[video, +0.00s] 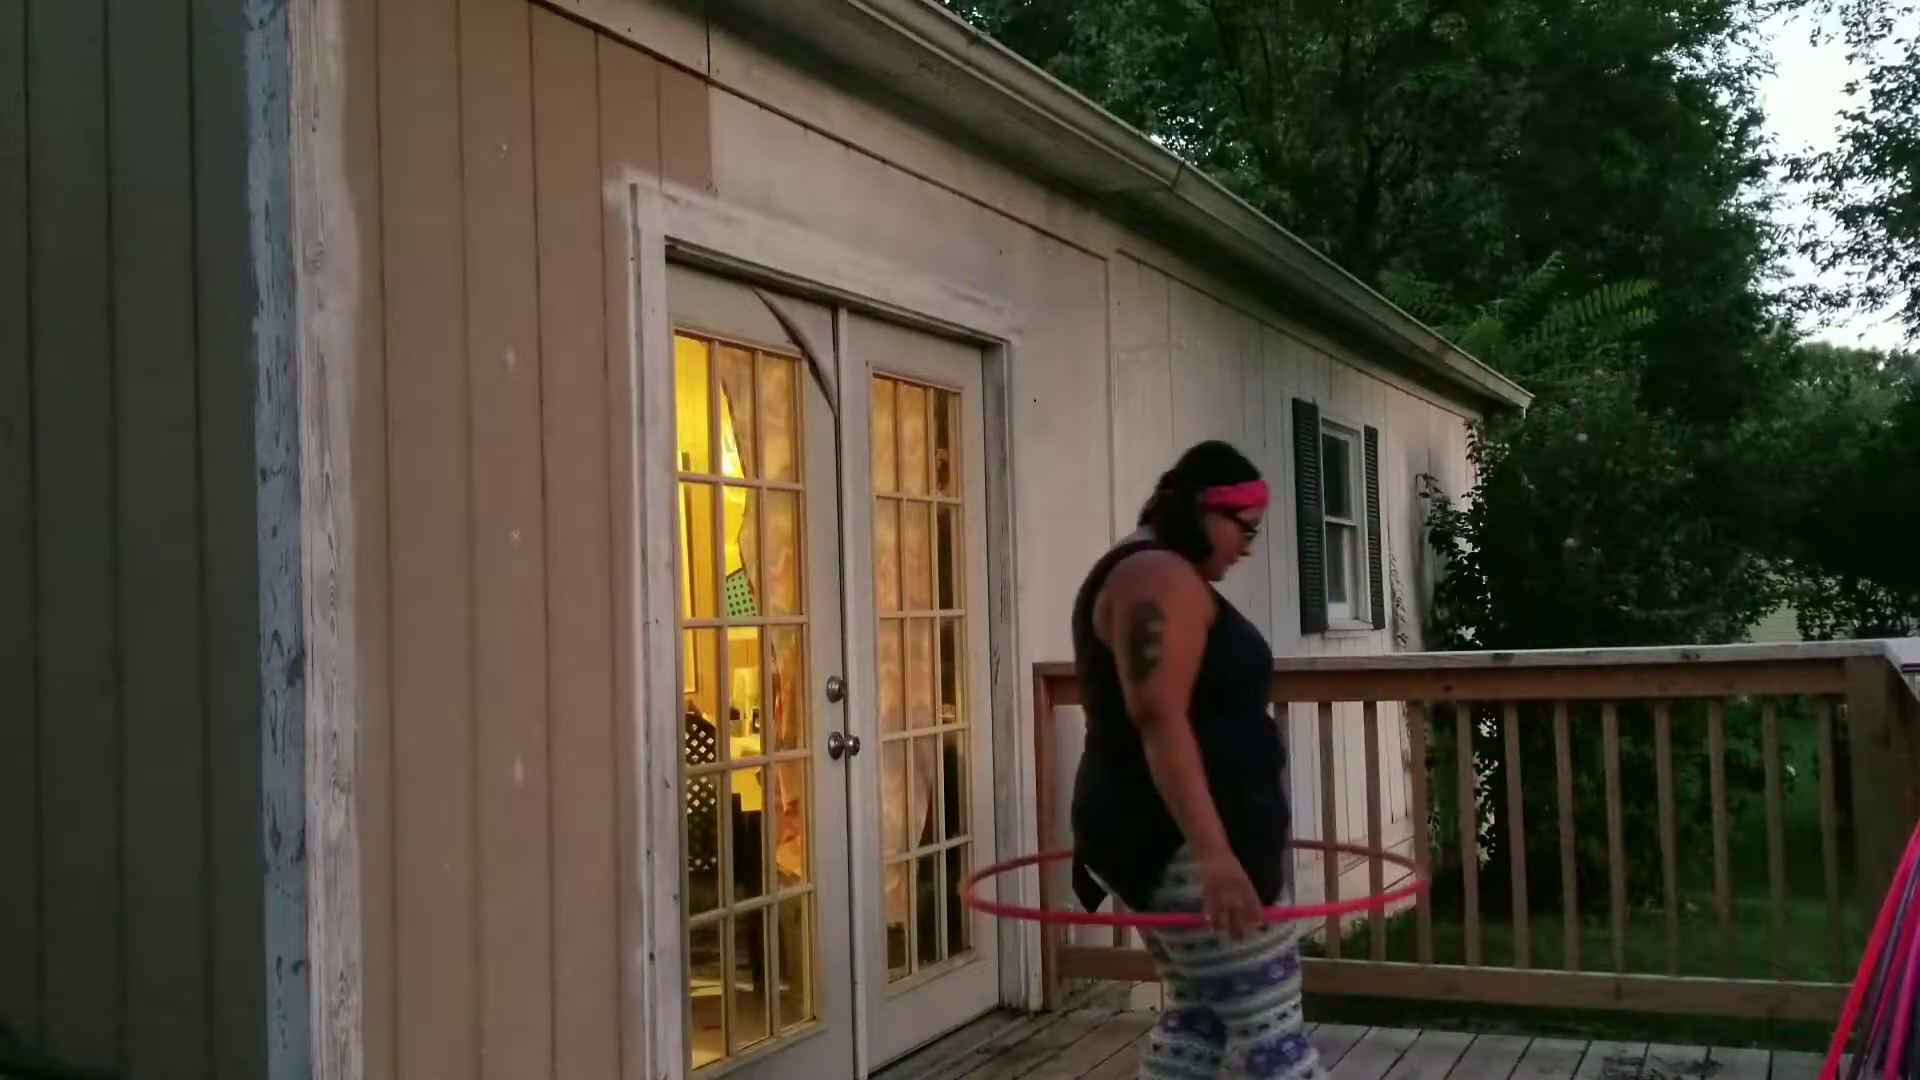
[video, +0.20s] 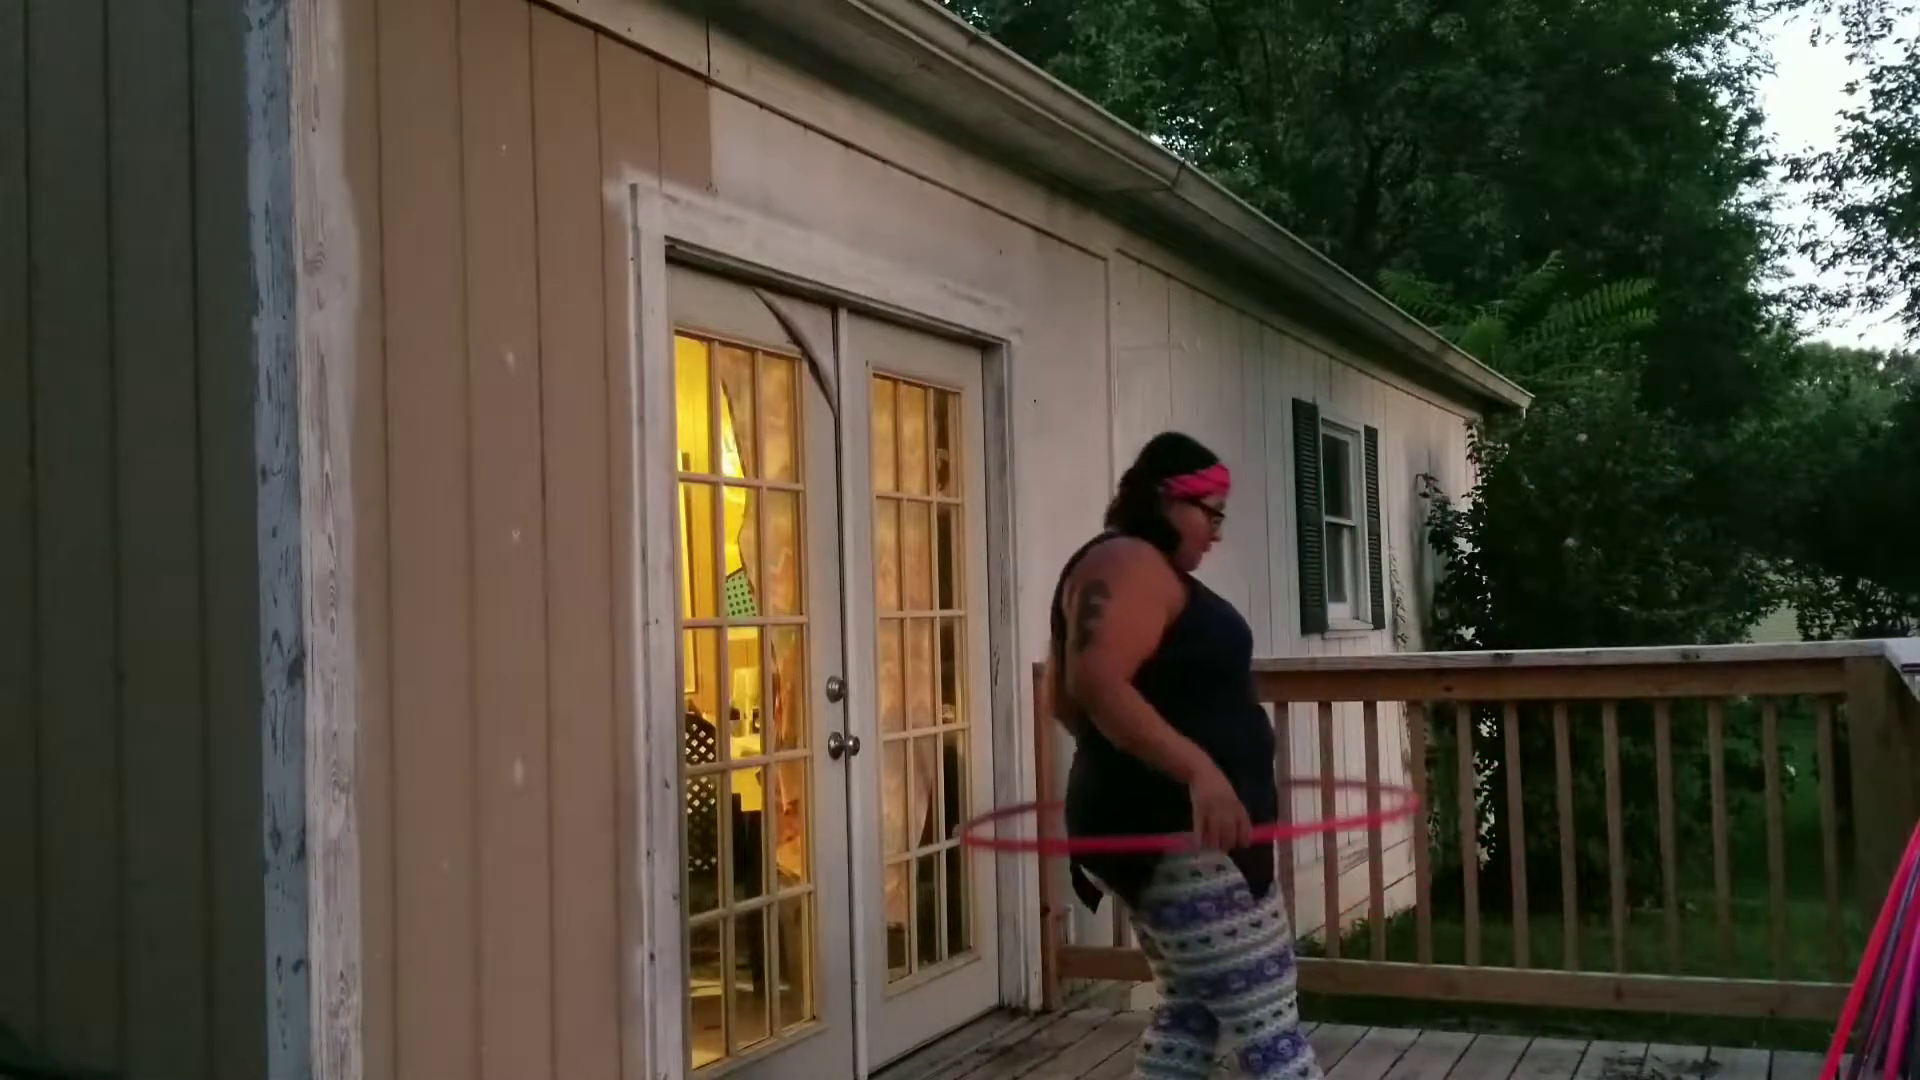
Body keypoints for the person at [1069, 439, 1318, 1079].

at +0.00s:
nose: (1248, 543)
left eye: (1253, 530)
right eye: (1241, 524)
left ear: (1189, 511)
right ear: (1198, 509)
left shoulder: (1146, 573)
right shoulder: (1158, 577)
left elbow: (1153, 726)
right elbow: (1158, 720)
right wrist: (1214, 853)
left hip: (1160, 838)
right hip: (1188, 842)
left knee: (1198, 1019)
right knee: (1271, 1024)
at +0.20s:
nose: (1219, 530)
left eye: (1221, 515)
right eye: (1211, 512)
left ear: (1164, 504)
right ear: (1167, 501)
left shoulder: (1098, 566)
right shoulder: (1133, 562)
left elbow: (1067, 701)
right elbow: (1094, 683)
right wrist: (1201, 770)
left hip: (1144, 827)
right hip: (1174, 828)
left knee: (1190, 1014)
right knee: (1263, 1002)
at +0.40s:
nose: (1203, 501)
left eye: (1202, 487)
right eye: (1192, 486)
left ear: (1147, 490)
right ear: (1148, 488)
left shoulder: (1093, 555)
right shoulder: (1124, 547)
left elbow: (1051, 680)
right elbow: (1077, 664)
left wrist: (1159, 689)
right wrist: (1186, 672)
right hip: (1163, 811)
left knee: (1178, 1002)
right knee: (1260, 982)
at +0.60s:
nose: (1210, 481)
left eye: (1206, 468)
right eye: (1197, 470)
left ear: (1149, 484)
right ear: (1155, 482)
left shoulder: (1105, 549)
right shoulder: (1137, 541)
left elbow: (1055, 668)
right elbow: (1094, 650)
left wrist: (1159, 665)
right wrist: (1188, 643)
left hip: (1147, 811)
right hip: (1185, 811)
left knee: (1173, 998)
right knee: (1265, 990)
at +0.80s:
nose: (1252, 480)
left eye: (1249, 466)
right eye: (1238, 468)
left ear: (1188, 482)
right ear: (1197, 480)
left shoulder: (1134, 552)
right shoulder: (1175, 549)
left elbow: (1098, 668)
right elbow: (1132, 671)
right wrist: (1235, 744)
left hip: (1157, 824)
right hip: (1208, 826)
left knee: (1165, 1015)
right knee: (1282, 1022)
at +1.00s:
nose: (1303, 489)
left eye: (1300, 475)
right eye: (1292, 475)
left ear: (1242, 483)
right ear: (1251, 484)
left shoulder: (1175, 560)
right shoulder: (1231, 561)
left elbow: (1169, 709)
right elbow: (1218, 701)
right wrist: (1273, 832)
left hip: (1171, 827)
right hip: (1242, 835)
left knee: (1162, 1016)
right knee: (1296, 1033)